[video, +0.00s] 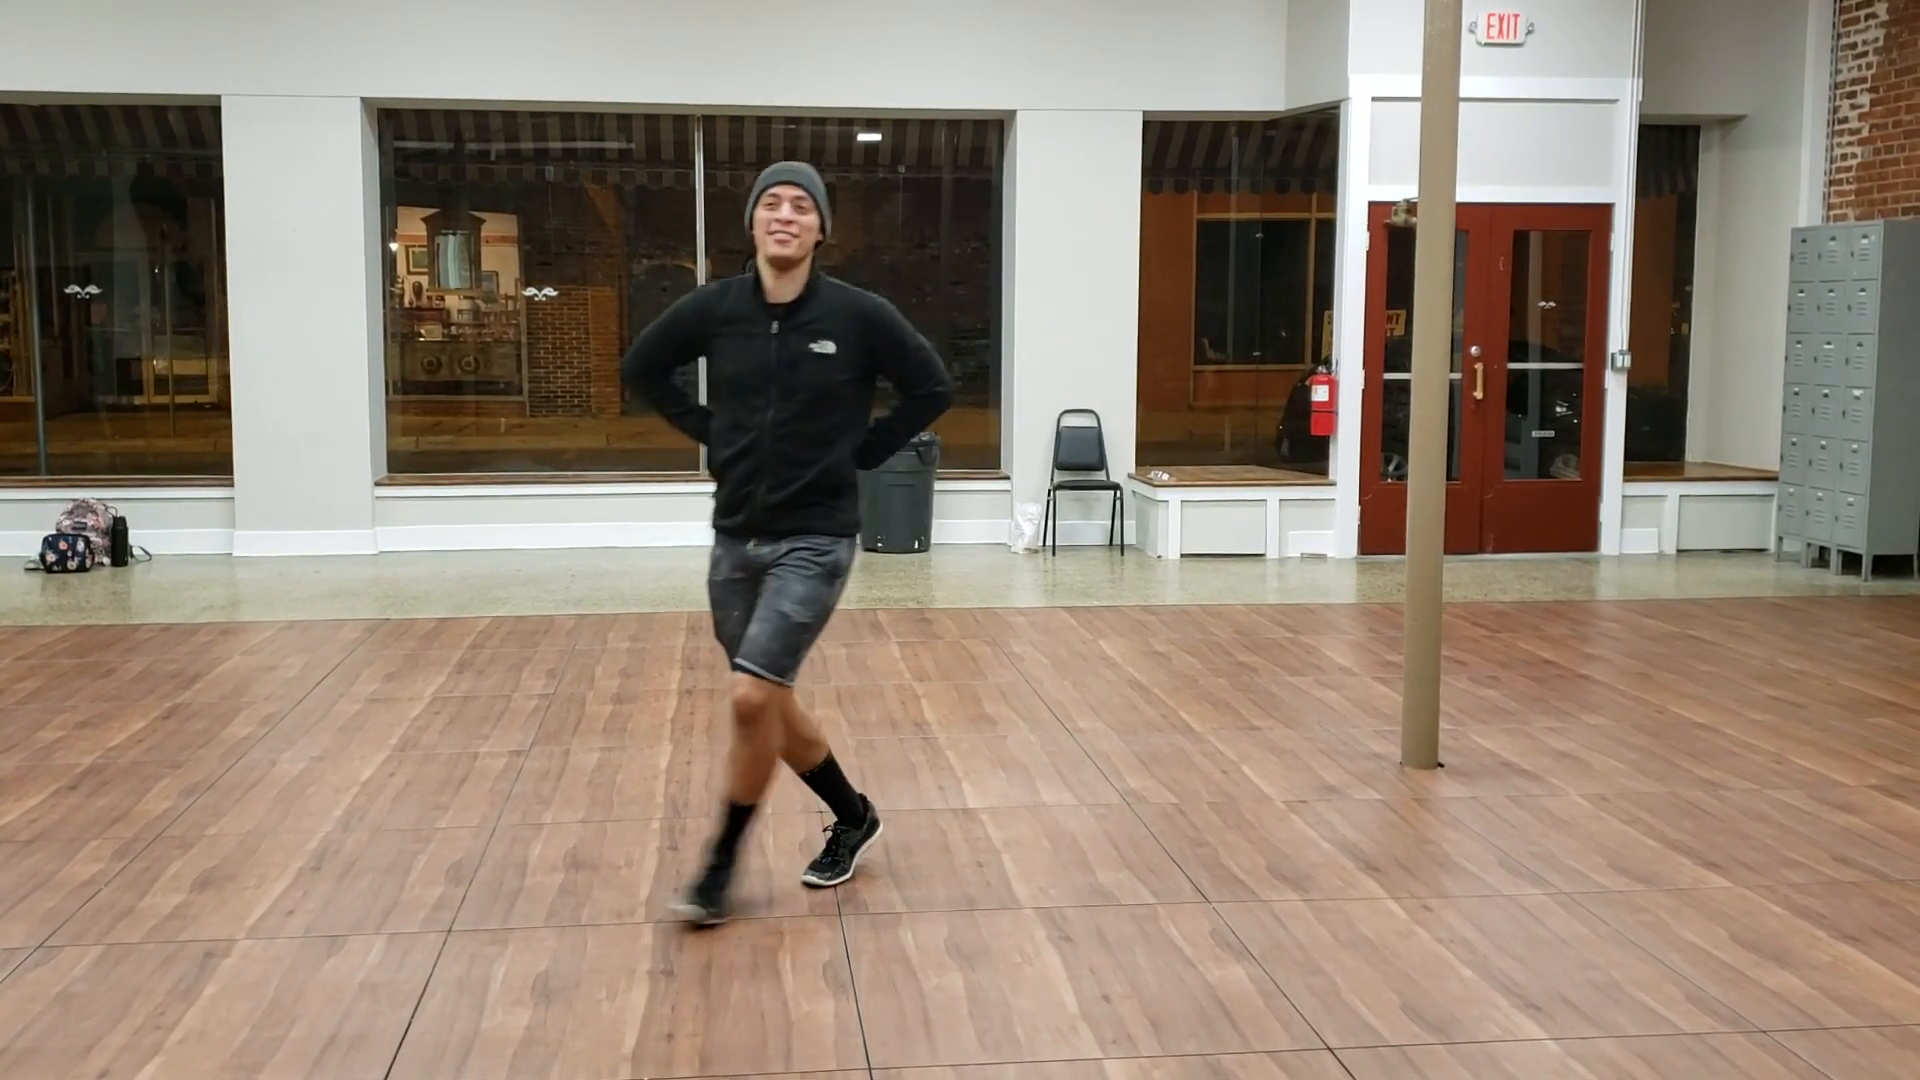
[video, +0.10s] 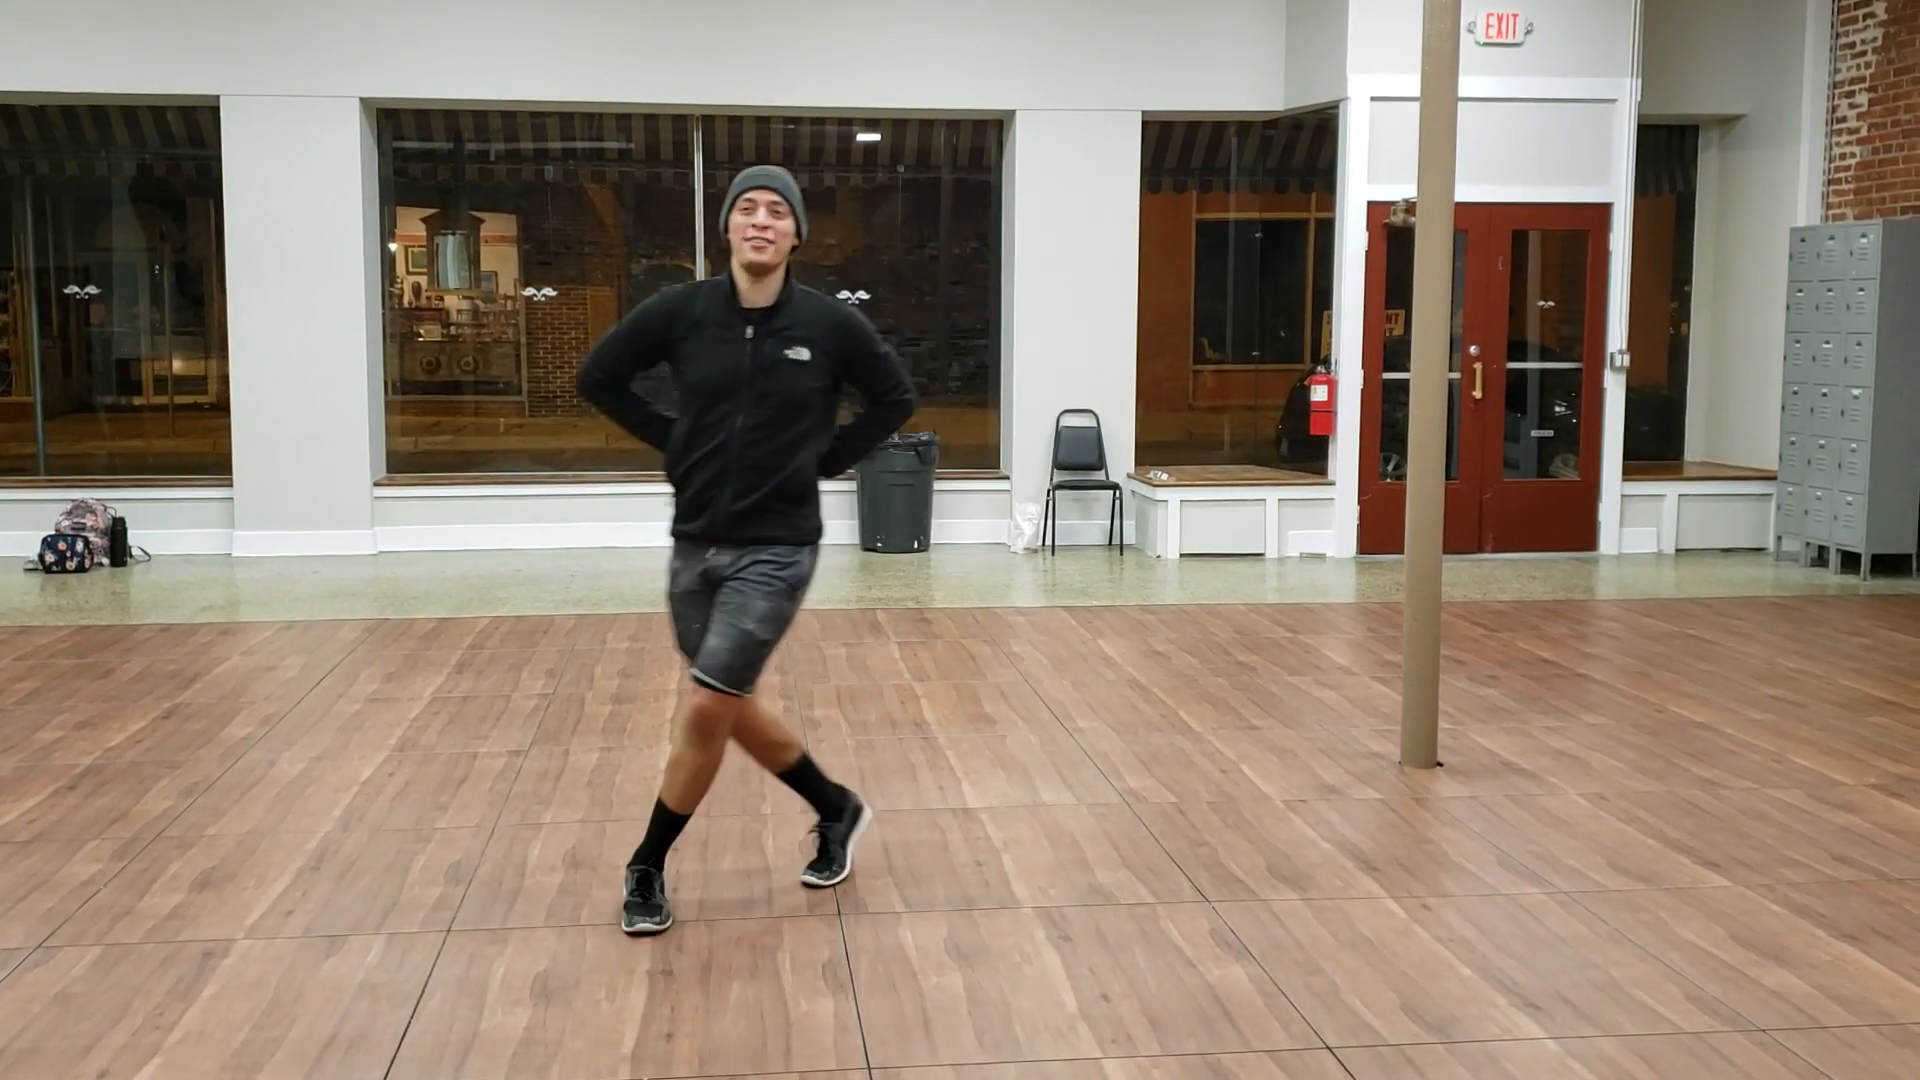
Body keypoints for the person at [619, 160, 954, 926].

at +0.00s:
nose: (785, 216)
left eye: (800, 207)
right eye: (772, 205)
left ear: (821, 229)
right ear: (751, 224)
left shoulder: (858, 314)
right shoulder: (713, 307)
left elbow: (932, 390)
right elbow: (640, 373)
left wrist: (857, 457)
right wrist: (710, 430)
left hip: (816, 538)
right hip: (735, 535)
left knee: (752, 694)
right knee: (763, 703)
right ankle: (852, 813)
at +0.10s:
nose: (761, 222)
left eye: (776, 214)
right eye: (748, 211)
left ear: (796, 236)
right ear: (725, 229)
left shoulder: (830, 323)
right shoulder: (682, 311)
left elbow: (895, 399)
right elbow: (597, 380)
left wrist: (822, 462)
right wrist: (672, 440)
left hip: (777, 543)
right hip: (694, 540)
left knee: (705, 712)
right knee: (729, 707)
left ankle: (646, 867)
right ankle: (836, 807)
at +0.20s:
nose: (737, 223)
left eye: (751, 215)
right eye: (724, 212)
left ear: (770, 239)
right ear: (699, 232)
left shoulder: (802, 332)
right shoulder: (648, 310)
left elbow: (854, 412)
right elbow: (556, 382)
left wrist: (783, 466)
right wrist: (633, 448)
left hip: (742, 546)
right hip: (654, 541)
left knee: (683, 714)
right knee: (637, 715)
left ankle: (644, 872)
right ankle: (764, 788)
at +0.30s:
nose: (708, 217)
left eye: (721, 208)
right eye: (694, 207)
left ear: (741, 231)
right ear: (670, 226)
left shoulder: (775, 325)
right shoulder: (620, 308)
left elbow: (824, 406)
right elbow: (520, 375)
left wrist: (752, 459)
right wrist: (602, 447)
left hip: (719, 548)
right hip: (623, 544)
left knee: (675, 718)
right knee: (575, 708)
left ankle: (642, 874)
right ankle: (680, 785)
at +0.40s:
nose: (674, 204)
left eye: (687, 192)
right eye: (660, 193)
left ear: (709, 213)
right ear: (636, 213)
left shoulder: (749, 305)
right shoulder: (589, 297)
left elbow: (793, 385)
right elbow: (488, 369)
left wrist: (727, 443)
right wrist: (578, 437)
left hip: (698, 540)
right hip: (597, 536)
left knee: (670, 707)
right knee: (540, 698)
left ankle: (641, 870)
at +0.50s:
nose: (639, 195)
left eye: (652, 184)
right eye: (623, 186)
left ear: (675, 203)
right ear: (601, 208)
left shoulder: (717, 293)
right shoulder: (558, 293)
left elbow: (757, 371)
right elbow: (457, 368)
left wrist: (704, 429)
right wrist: (545, 428)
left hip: (680, 535)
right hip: (575, 532)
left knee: (666, 708)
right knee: (515, 692)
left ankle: (639, 868)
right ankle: (468, 847)